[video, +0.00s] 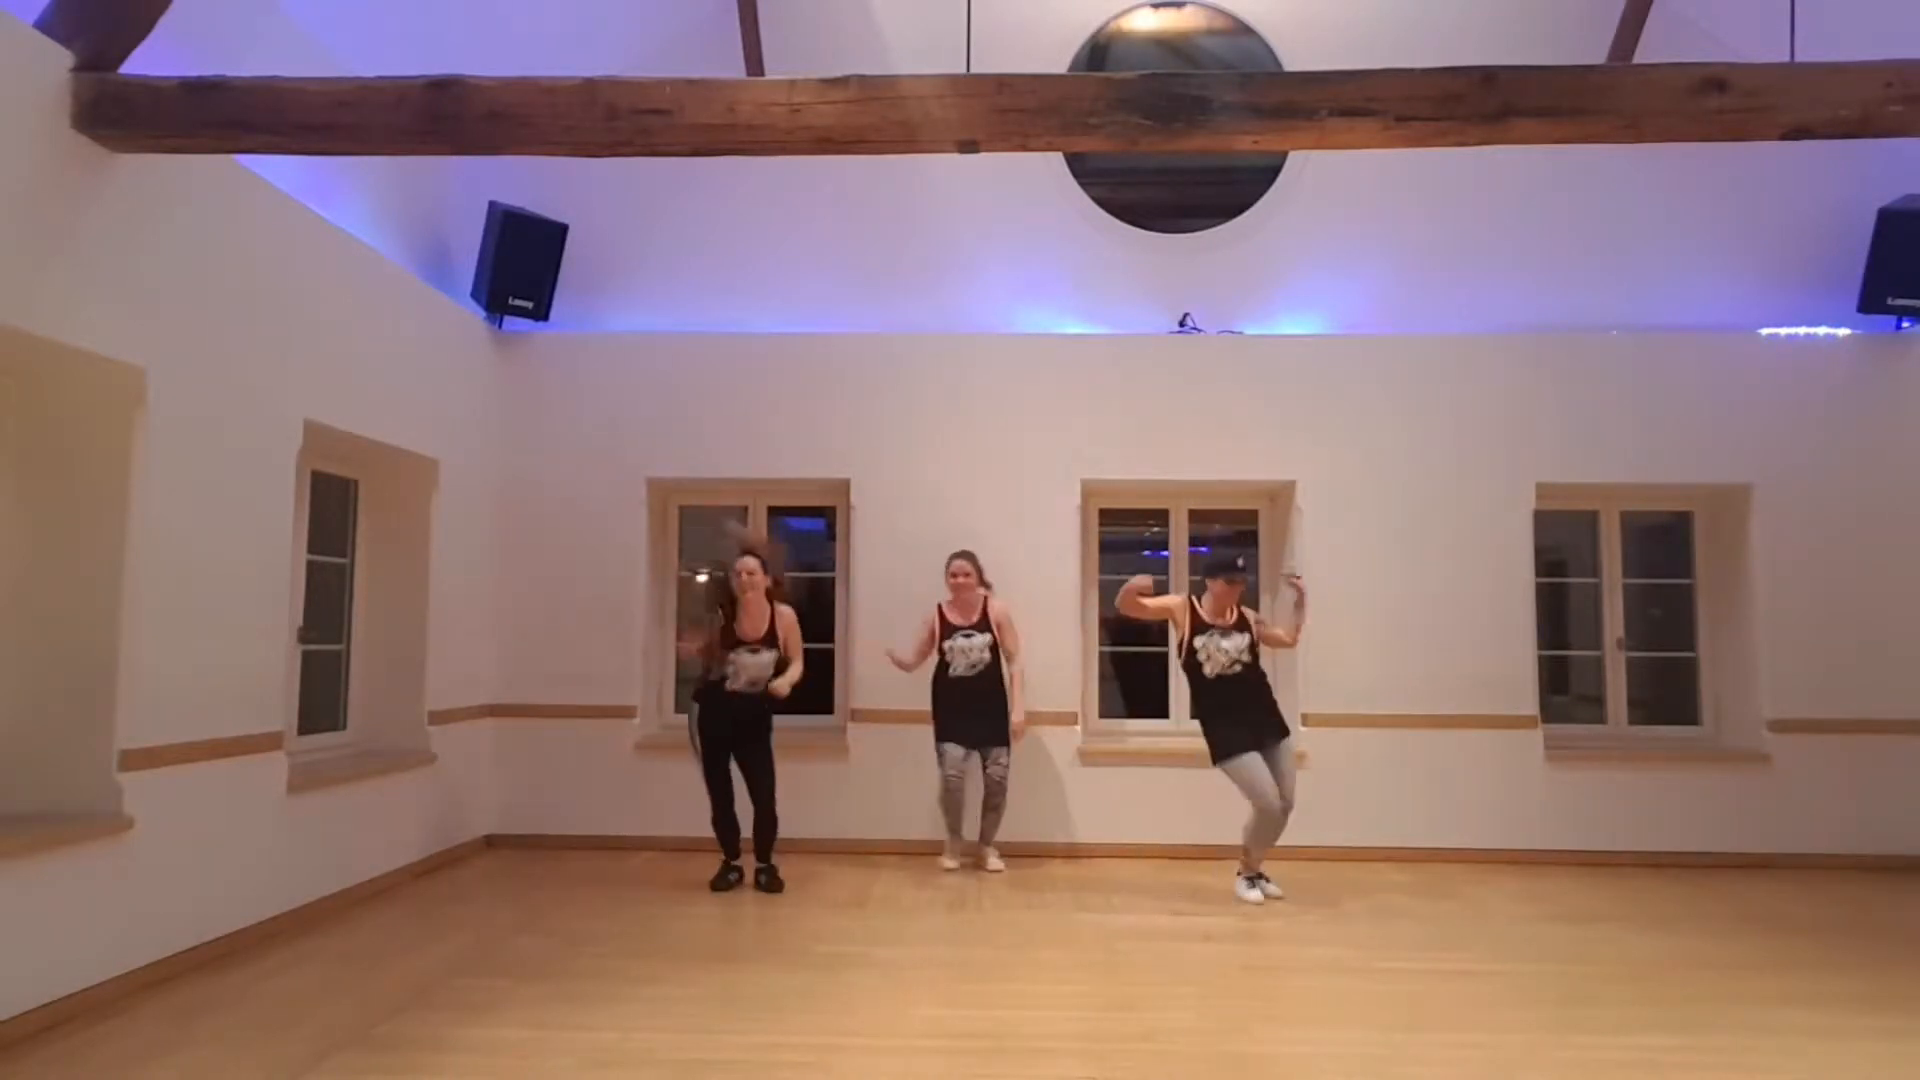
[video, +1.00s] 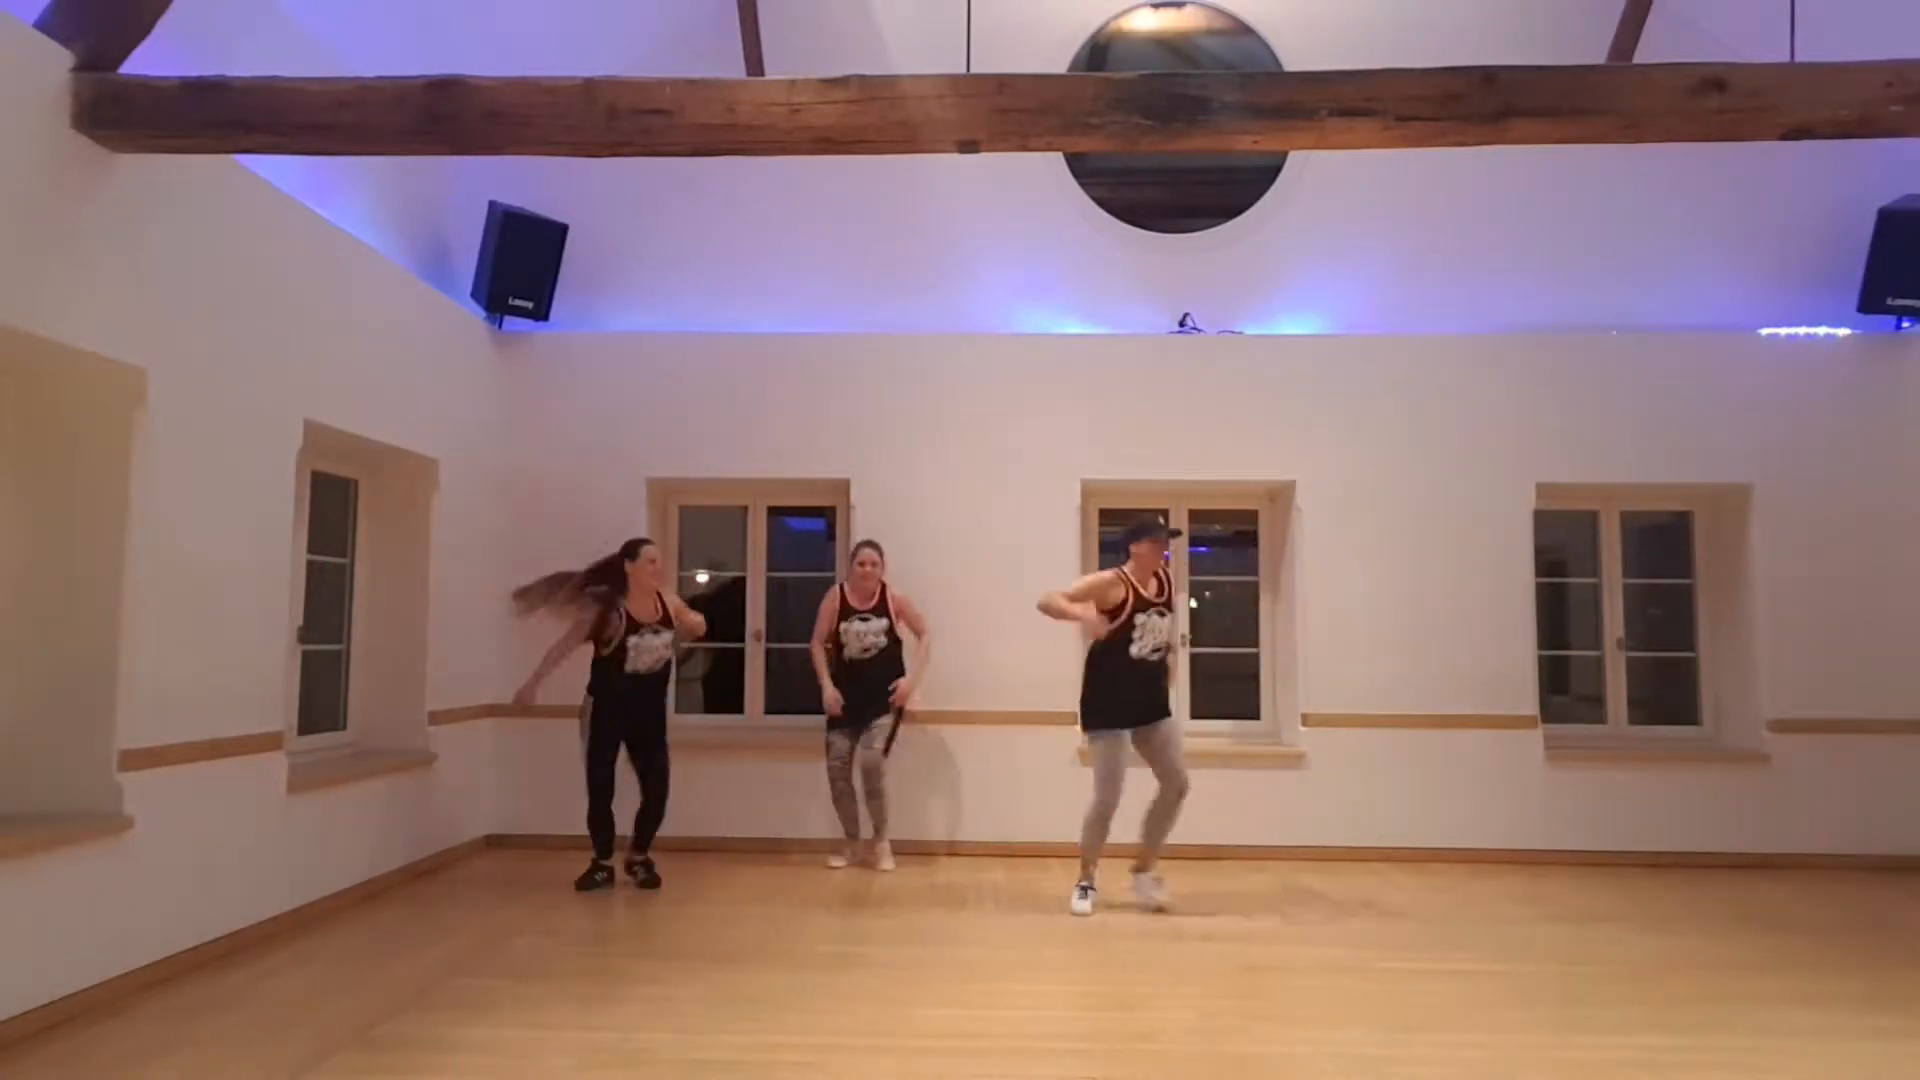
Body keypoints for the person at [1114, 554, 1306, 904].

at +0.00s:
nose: (1237, 591)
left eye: (1240, 584)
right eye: (1231, 583)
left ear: (1243, 586)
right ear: (1210, 582)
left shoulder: (1246, 618)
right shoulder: (1182, 608)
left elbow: (1288, 638)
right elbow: (1126, 605)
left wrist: (1300, 601)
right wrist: (1132, 587)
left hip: (1266, 719)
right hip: (1225, 728)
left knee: (1284, 802)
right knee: (1268, 803)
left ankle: (1252, 870)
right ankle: (1248, 873)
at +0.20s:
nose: (1247, 570)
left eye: (1249, 563)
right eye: (1240, 562)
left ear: (1248, 564)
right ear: (1218, 562)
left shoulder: (1252, 586)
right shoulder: (1190, 589)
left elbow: (1289, 606)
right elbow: (1130, 592)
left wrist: (1325, 639)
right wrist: (1166, 617)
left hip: (1245, 702)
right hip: (1206, 706)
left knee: (1263, 785)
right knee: (1254, 779)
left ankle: (1250, 866)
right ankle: (1232, 857)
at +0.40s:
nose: (1242, 567)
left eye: (1244, 561)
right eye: (1237, 560)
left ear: (1236, 565)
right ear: (1216, 563)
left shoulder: (1236, 595)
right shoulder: (1197, 603)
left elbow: (1268, 608)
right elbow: (1236, 658)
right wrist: (1265, 624)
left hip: (1217, 709)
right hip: (1179, 707)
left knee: (1249, 785)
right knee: (1184, 775)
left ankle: (1245, 872)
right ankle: (1139, 868)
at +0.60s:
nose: (1208, 587)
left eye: (1207, 580)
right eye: (1202, 580)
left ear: (1186, 584)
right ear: (1181, 584)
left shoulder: (1185, 613)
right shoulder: (1170, 615)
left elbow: (1240, 614)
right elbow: (1239, 614)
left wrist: (1299, 614)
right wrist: (1302, 614)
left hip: (1196, 722)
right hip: (1160, 728)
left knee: (1248, 797)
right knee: (1152, 820)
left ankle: (1244, 876)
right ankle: (1091, 884)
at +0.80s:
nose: (1170, 578)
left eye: (1171, 570)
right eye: (1165, 570)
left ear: (1164, 572)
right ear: (1146, 570)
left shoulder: (1161, 606)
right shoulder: (1120, 595)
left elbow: (1157, 672)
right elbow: (1167, 616)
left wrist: (1184, 711)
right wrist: (1222, 611)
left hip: (1167, 714)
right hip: (1126, 719)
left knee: (1213, 786)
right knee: (1125, 816)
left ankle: (1236, 870)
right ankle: (1088, 883)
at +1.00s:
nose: (1164, 550)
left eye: (1165, 543)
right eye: (1157, 543)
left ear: (1164, 547)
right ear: (1134, 546)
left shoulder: (1164, 580)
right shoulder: (1110, 583)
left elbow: (1161, 624)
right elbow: (1047, 600)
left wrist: (1169, 655)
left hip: (1150, 700)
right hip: (1107, 703)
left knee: (1176, 784)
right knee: (1107, 798)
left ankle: (1143, 873)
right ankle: (1086, 881)